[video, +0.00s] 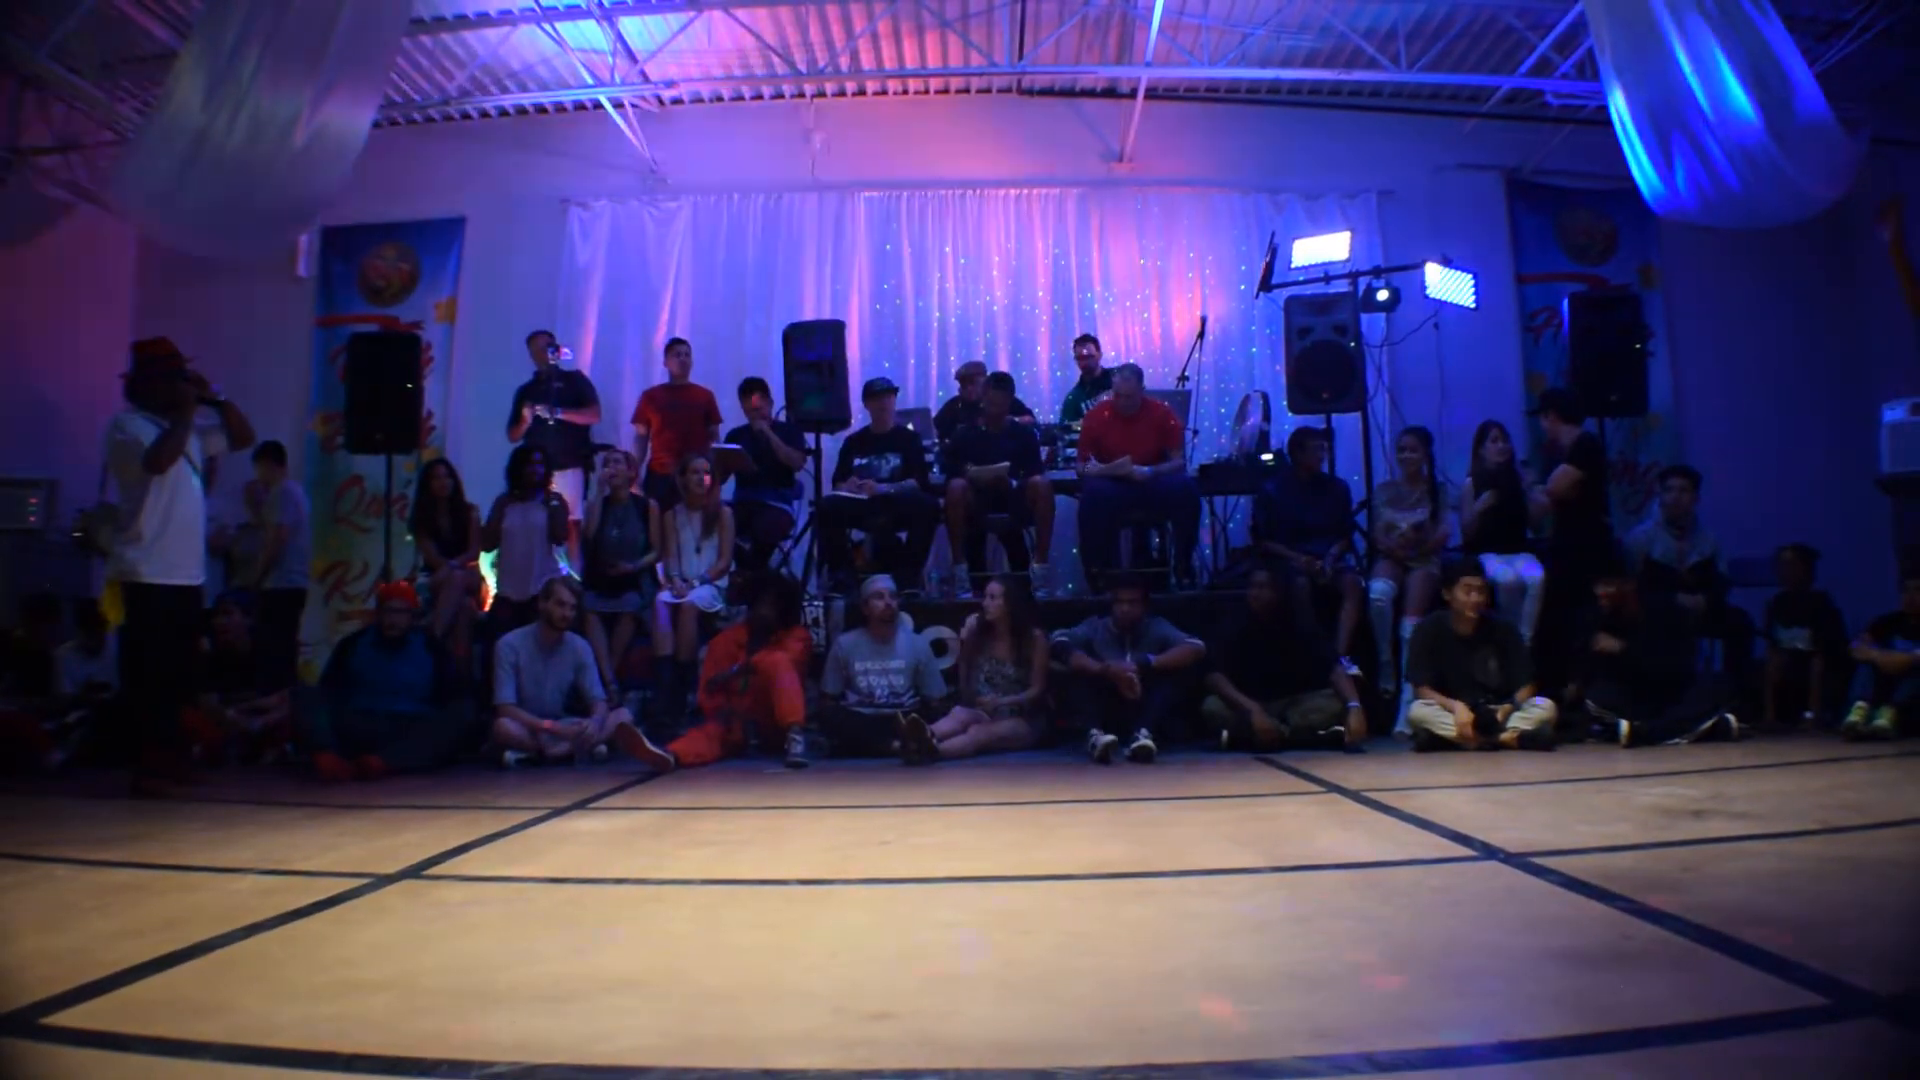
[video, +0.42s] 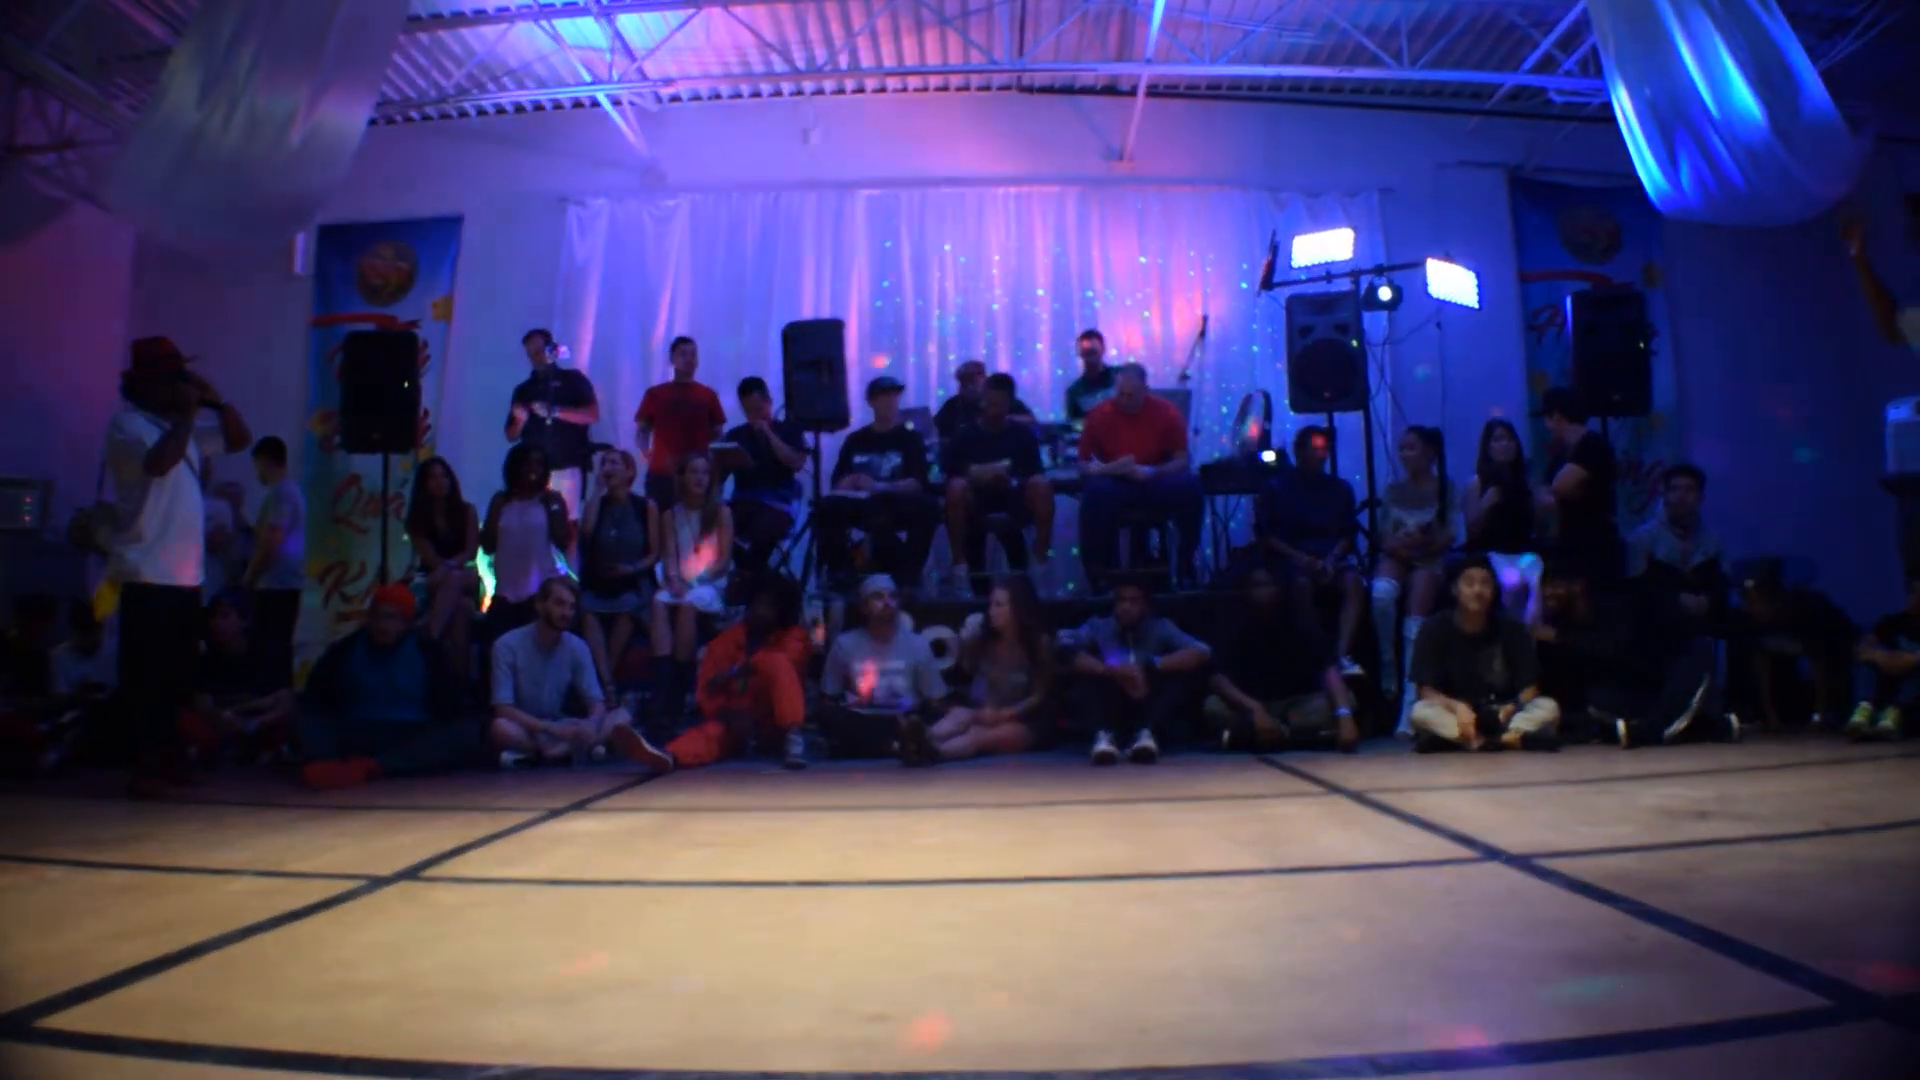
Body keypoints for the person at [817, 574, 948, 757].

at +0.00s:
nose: (888, 603)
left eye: (892, 597)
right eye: (879, 597)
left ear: (898, 602)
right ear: (865, 606)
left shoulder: (916, 645)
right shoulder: (845, 645)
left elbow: (936, 701)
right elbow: (829, 699)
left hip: (905, 715)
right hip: (860, 716)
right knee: (830, 717)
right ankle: (892, 745)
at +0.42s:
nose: (887, 603)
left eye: (891, 597)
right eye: (878, 598)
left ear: (898, 602)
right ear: (865, 606)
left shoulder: (916, 644)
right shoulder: (845, 645)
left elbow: (936, 701)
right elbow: (829, 699)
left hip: (908, 717)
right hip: (863, 717)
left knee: (964, 714)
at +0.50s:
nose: (886, 603)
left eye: (891, 596)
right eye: (878, 598)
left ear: (897, 601)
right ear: (864, 605)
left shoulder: (916, 645)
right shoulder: (845, 645)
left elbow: (937, 702)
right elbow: (829, 701)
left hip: (908, 721)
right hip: (862, 722)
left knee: (964, 714)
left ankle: (925, 747)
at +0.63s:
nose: (887, 603)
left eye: (892, 597)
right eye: (879, 597)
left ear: (898, 602)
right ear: (865, 606)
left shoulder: (916, 645)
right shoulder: (845, 645)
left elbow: (937, 702)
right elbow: (828, 698)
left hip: (906, 716)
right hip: (860, 717)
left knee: (964, 713)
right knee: (829, 716)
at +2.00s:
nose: (863, 606)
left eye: (870, 599)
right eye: (862, 599)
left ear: (891, 605)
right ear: (858, 602)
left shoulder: (916, 645)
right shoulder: (845, 644)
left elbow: (934, 699)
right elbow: (830, 692)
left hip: (903, 715)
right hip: (859, 716)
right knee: (828, 717)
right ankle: (893, 746)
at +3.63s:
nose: (855, 611)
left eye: (862, 604)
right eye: (855, 604)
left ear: (882, 609)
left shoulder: (914, 645)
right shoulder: (844, 644)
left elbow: (934, 699)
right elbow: (831, 696)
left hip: (904, 717)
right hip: (860, 717)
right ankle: (893, 746)